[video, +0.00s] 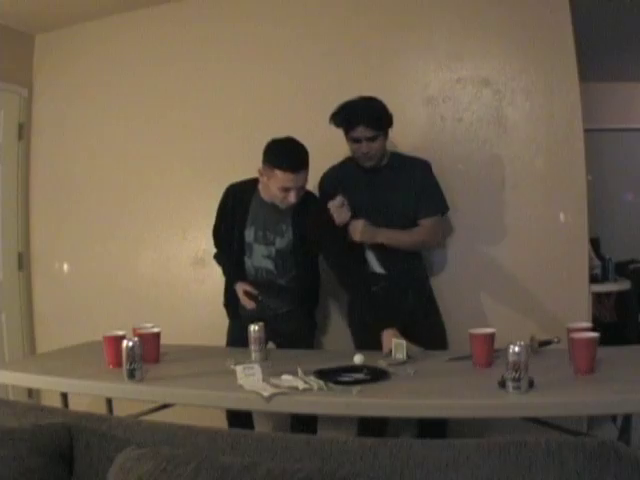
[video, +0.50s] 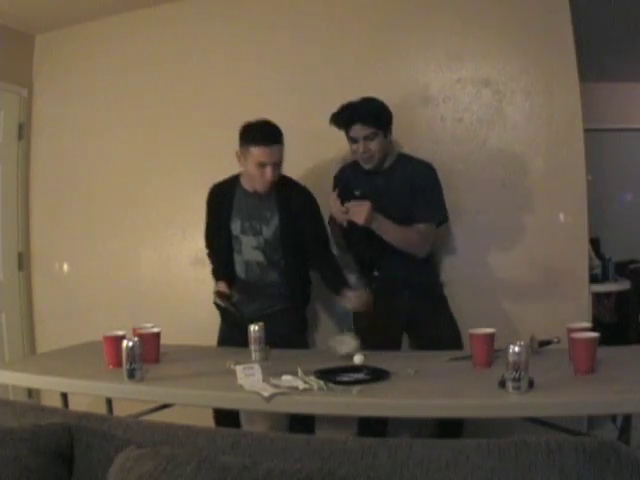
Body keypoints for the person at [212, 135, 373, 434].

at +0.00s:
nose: (294, 198)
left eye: (300, 189)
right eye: (285, 190)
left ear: (306, 177)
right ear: (263, 175)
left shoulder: (311, 208)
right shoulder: (236, 197)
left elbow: (343, 264)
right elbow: (223, 244)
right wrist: (235, 280)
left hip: (295, 317)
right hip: (246, 315)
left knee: (299, 398)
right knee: (235, 394)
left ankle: (301, 464)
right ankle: (242, 460)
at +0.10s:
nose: (294, 200)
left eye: (301, 190)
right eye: (286, 192)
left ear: (308, 178)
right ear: (264, 178)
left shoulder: (314, 210)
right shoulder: (239, 197)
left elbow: (345, 266)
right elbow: (225, 241)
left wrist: (383, 328)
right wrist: (234, 279)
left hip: (295, 315)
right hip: (247, 312)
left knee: (300, 397)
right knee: (235, 393)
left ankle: (303, 465)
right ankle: (240, 460)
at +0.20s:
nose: (293, 198)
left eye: (300, 188)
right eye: (284, 190)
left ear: (306, 176)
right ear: (263, 177)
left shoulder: (317, 211)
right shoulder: (240, 197)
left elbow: (347, 273)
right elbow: (227, 243)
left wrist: (376, 334)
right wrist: (235, 279)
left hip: (296, 321)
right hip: (246, 317)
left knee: (301, 401)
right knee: (231, 393)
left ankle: (300, 468)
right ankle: (240, 461)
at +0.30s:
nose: (287, 196)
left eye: (295, 187)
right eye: (278, 188)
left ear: (301, 175)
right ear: (258, 175)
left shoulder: (312, 212)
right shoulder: (238, 199)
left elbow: (342, 275)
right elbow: (226, 243)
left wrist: (373, 333)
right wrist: (233, 279)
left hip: (295, 322)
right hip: (245, 318)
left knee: (300, 402)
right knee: (228, 393)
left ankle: (301, 468)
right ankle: (236, 461)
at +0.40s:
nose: (281, 189)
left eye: (287, 180)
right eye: (272, 181)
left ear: (293, 170)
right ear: (250, 170)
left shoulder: (304, 207)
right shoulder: (230, 200)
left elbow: (336, 266)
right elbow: (223, 246)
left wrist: (372, 314)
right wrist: (229, 280)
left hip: (291, 318)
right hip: (243, 315)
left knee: (299, 396)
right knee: (223, 390)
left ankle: (302, 464)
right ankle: (231, 458)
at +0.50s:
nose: (271, 174)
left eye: (276, 165)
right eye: (262, 166)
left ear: (282, 158)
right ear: (241, 160)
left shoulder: (298, 198)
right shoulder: (221, 195)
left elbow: (319, 253)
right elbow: (216, 243)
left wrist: (343, 289)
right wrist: (222, 278)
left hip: (286, 313)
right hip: (237, 312)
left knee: (295, 393)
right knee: (223, 391)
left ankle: (301, 462)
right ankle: (228, 462)